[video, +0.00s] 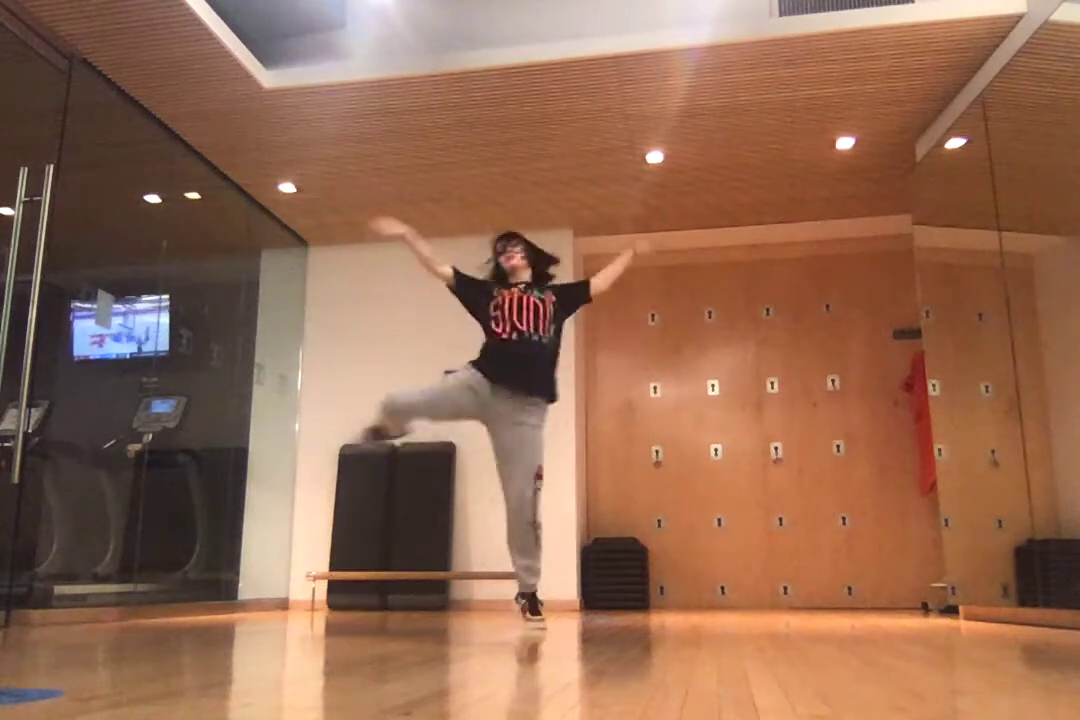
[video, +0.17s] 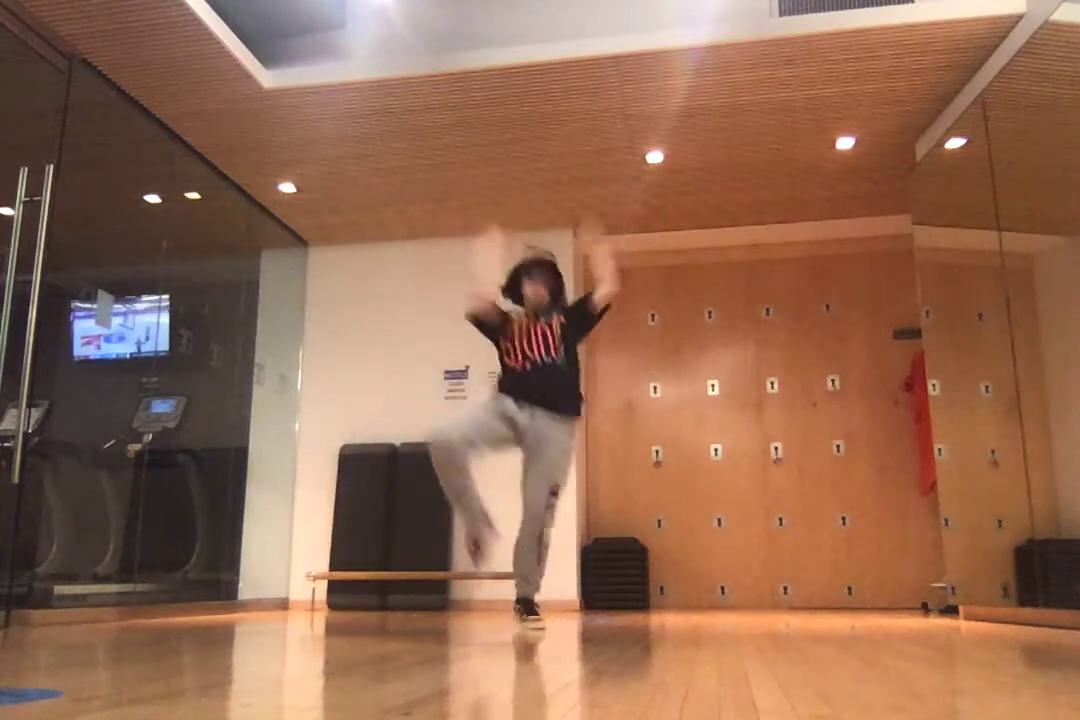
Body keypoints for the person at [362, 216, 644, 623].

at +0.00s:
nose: (510, 253)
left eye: (516, 248)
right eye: (503, 251)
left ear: (533, 256)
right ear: (498, 264)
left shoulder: (558, 297)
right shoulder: (487, 293)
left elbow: (599, 283)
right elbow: (440, 269)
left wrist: (627, 254)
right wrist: (407, 233)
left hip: (525, 409)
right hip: (480, 386)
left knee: (523, 503)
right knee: (398, 402)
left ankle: (528, 592)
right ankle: (385, 431)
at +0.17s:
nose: (537, 287)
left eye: (544, 281)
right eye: (530, 281)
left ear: (556, 289)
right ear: (516, 289)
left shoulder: (568, 321)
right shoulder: (507, 325)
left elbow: (606, 291)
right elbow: (476, 307)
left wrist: (599, 249)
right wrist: (491, 259)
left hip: (554, 422)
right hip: (508, 409)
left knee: (538, 513)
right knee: (443, 439)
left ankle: (526, 596)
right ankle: (477, 524)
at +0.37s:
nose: (562, 285)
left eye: (568, 279)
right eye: (554, 280)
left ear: (580, 286)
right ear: (545, 288)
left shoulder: (596, 321)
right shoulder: (533, 332)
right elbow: (493, 307)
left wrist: (595, 257)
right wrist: (522, 266)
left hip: (589, 429)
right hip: (542, 427)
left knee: (573, 514)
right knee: (535, 506)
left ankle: (539, 587)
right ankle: (549, 597)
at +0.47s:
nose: (579, 262)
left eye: (586, 255)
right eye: (571, 257)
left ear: (600, 262)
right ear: (560, 267)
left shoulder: (619, 294)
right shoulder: (550, 306)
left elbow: (662, 249)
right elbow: (508, 286)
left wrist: (644, 221)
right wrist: (518, 256)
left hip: (614, 422)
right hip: (564, 418)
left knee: (623, 498)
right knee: (542, 493)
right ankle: (524, 583)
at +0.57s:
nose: (599, 269)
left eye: (608, 261)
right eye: (591, 261)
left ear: (621, 267)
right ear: (580, 269)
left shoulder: (640, 296)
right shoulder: (575, 304)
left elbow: (690, 265)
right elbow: (538, 282)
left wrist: (667, 232)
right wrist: (549, 260)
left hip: (638, 422)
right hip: (587, 417)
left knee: (657, 502)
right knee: (554, 483)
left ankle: (672, 599)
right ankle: (528, 550)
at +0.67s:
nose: (617, 283)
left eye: (624, 275)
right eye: (610, 276)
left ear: (639, 280)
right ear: (602, 284)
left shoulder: (663, 315)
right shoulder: (597, 326)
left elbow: (721, 290)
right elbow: (548, 318)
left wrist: (689, 252)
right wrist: (578, 284)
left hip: (661, 433)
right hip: (610, 435)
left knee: (673, 511)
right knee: (602, 525)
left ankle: (668, 602)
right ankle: (609, 543)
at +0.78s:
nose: (663, 300)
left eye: (668, 294)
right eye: (655, 291)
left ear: (674, 303)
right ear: (638, 298)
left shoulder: (683, 346)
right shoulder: (619, 341)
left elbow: (707, 327)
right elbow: (630, 389)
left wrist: (691, 285)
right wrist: (614, 352)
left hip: (672, 445)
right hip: (627, 452)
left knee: (675, 516)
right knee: (654, 535)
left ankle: (670, 604)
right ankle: (719, 564)